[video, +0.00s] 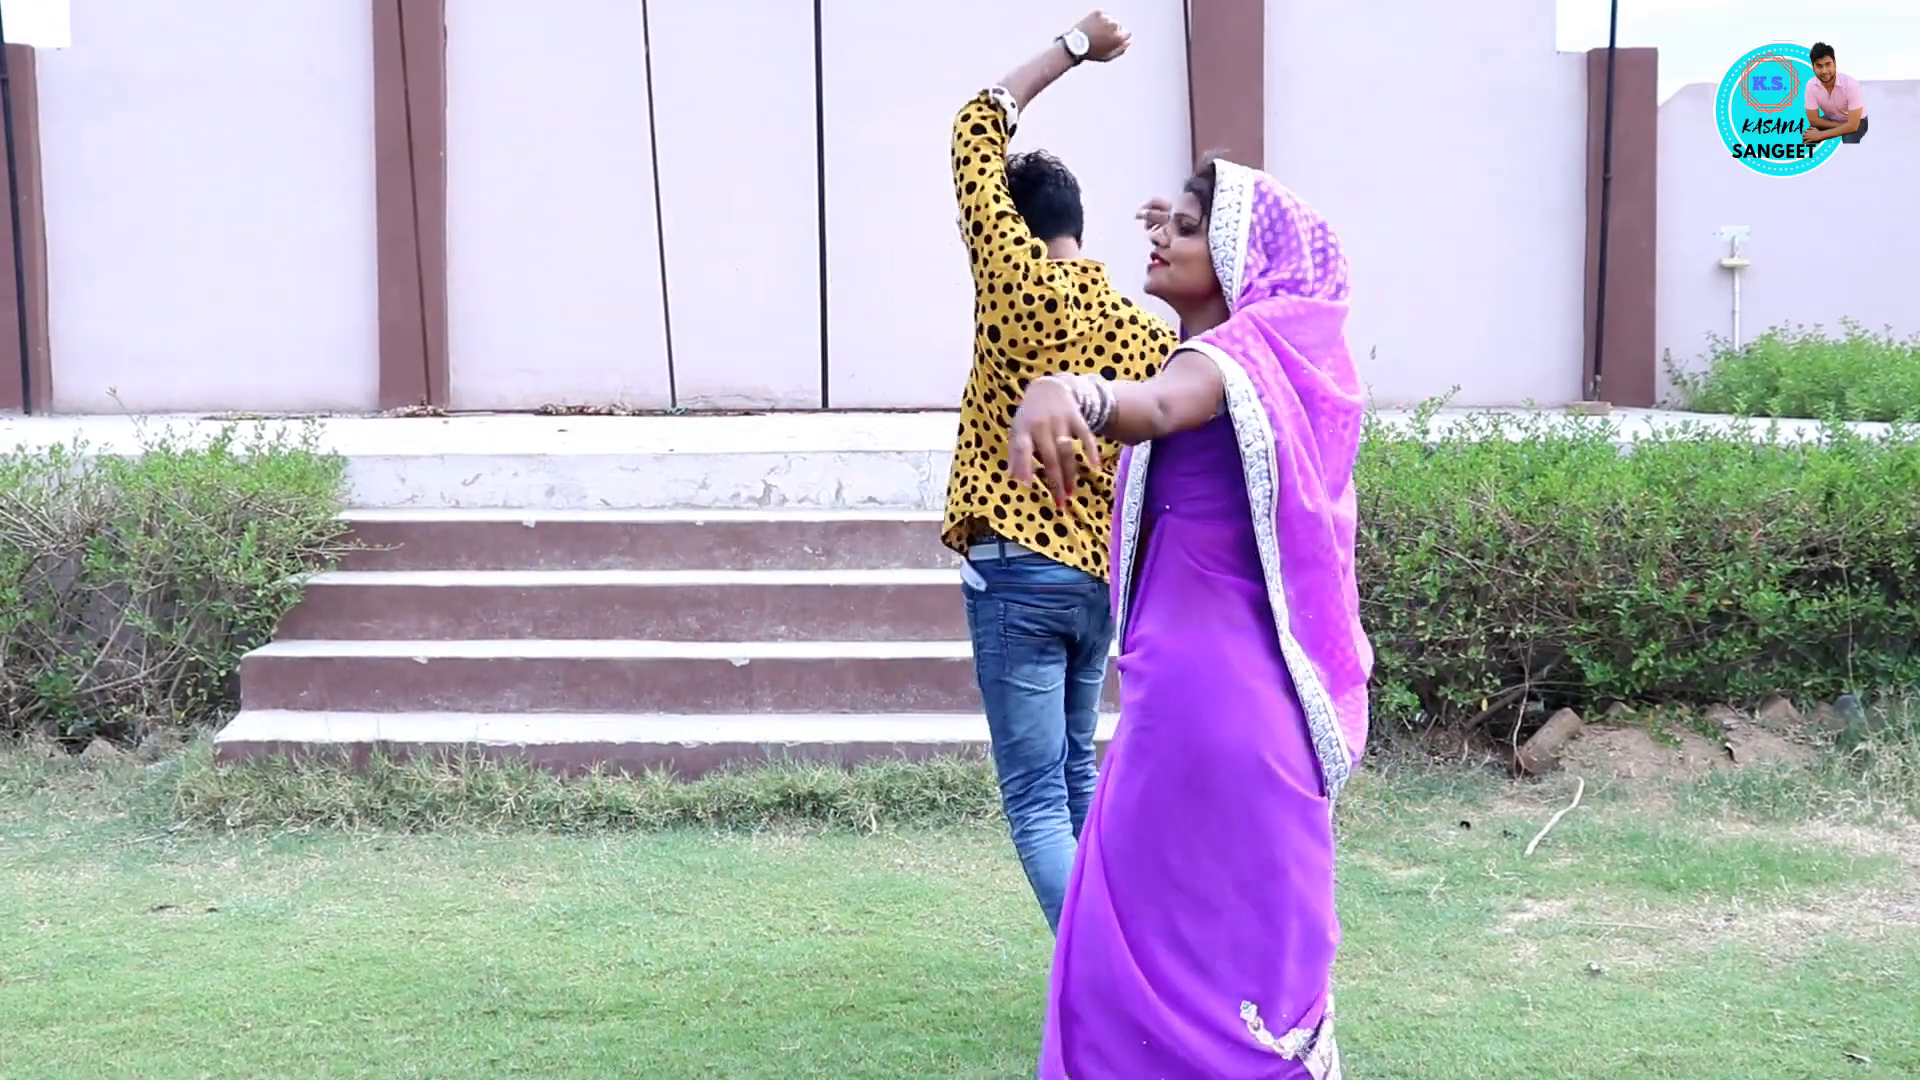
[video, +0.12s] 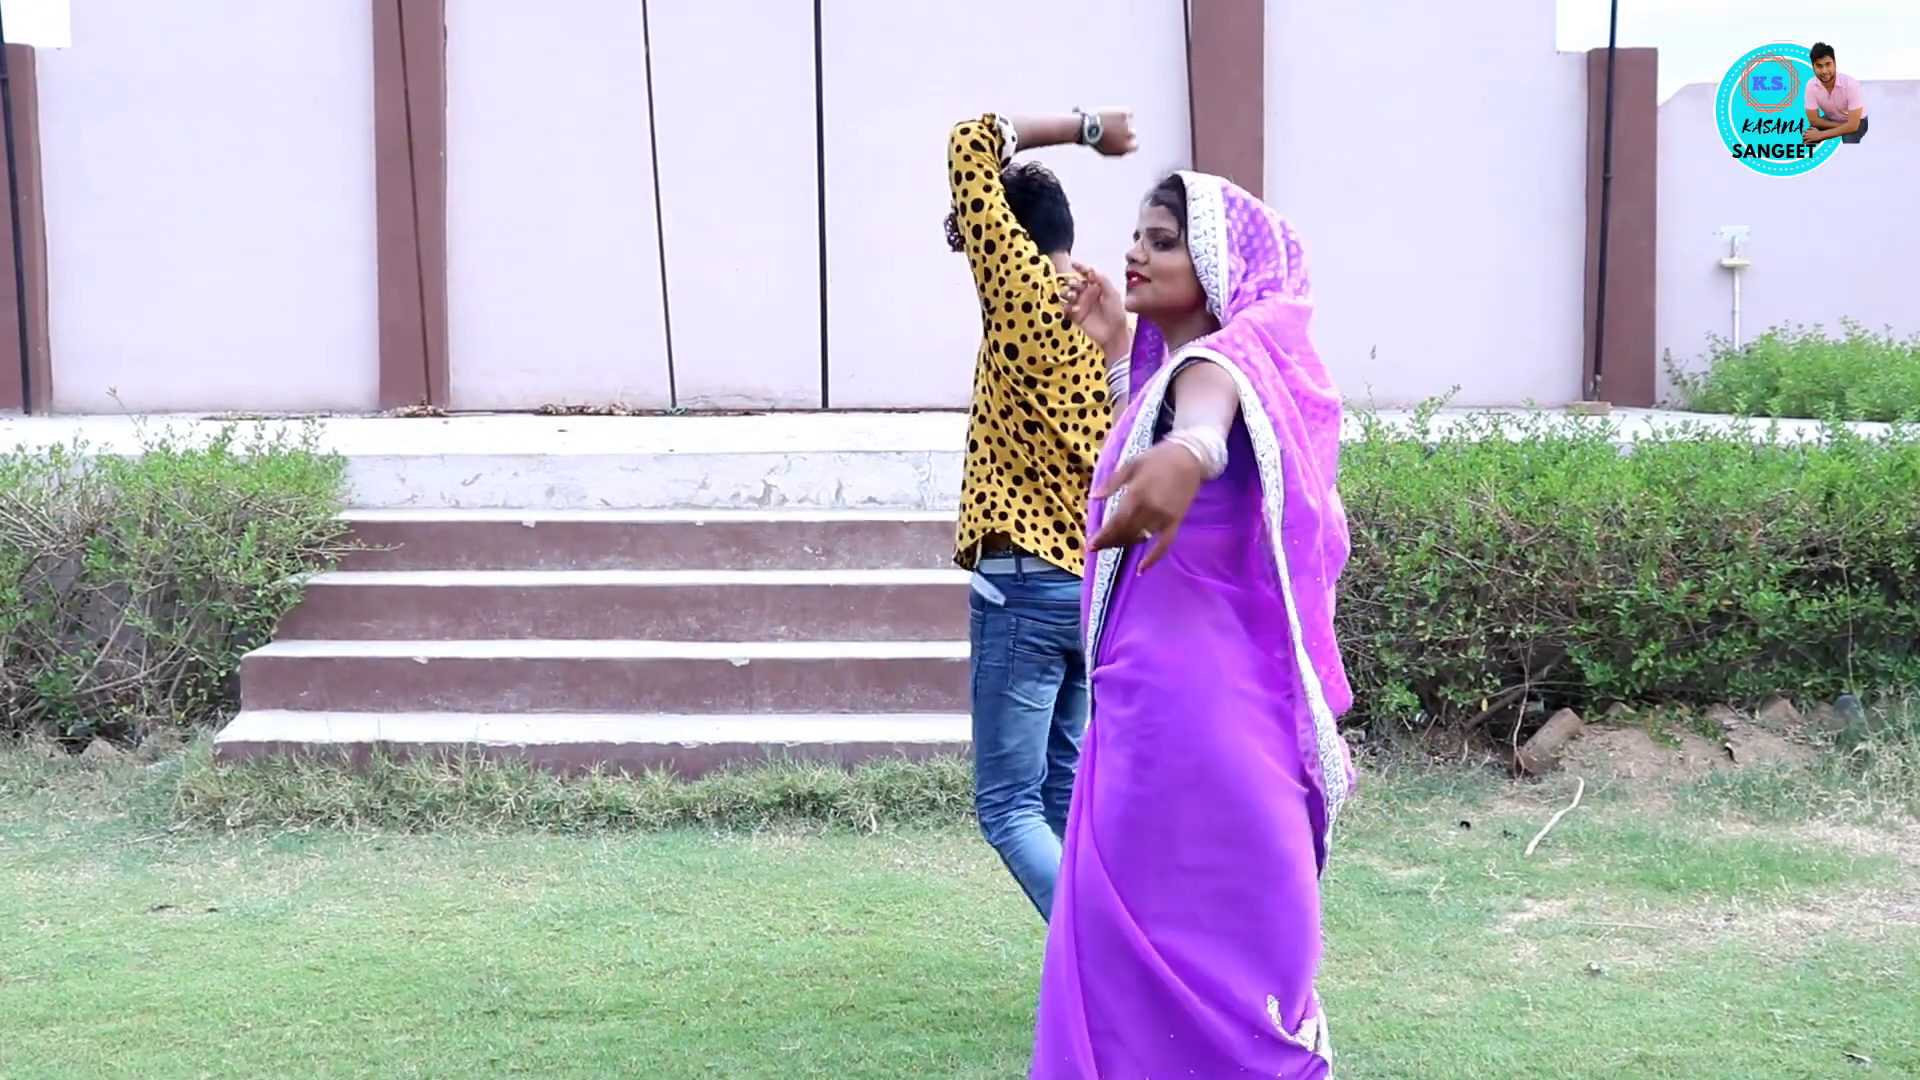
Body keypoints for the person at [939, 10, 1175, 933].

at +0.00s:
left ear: (1009, 225)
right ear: (1085, 230)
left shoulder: (1016, 280)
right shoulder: (1143, 328)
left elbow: (977, 134)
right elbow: (1178, 441)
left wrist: (1072, 46)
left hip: (1017, 574)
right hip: (1102, 582)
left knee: (1038, 803)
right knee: (1080, 774)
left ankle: (1106, 981)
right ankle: (1127, 957)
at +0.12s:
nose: (972, 251)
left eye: (974, 237)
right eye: (968, 240)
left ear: (1003, 233)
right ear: (1066, 231)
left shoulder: (1025, 292)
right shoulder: (1102, 312)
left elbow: (976, 142)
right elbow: (1112, 450)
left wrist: (1091, 126)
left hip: (1023, 586)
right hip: (1092, 583)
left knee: (1009, 807)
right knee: (1067, 796)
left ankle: (1118, 964)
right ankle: (1122, 982)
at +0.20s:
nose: (976, 285)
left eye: (979, 267)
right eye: (974, 269)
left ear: (1008, 256)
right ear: (1053, 255)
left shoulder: (1027, 315)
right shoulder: (1090, 325)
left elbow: (976, 169)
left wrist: (1077, 178)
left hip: (1022, 597)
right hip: (1072, 592)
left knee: (964, 805)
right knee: (1049, 786)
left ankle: (1097, 939)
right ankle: (1128, 942)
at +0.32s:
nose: (949, 289)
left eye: (953, 270)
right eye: (945, 273)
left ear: (990, 255)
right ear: (987, 262)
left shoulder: (1029, 314)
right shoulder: (1034, 325)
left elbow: (985, 183)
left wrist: (1025, 87)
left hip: (1012, 589)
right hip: (1041, 583)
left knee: (924, 786)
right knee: (1030, 793)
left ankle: (1059, 916)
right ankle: (1069, 959)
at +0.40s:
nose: (931, 262)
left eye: (942, 245)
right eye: (927, 246)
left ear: (983, 237)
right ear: (954, 243)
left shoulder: (1016, 299)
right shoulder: (996, 307)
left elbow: (985, 159)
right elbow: (972, 153)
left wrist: (986, 30)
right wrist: (984, 38)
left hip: (997, 569)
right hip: (1016, 568)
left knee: (921, 767)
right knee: (1028, 760)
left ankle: (1023, 923)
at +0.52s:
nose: (902, 244)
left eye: (917, 230)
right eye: (897, 229)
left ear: (963, 221)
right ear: (910, 222)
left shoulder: (996, 288)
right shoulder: (944, 310)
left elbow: (966, 135)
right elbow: (953, 445)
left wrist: (953, 24)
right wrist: (918, 540)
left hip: (980, 568)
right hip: (955, 564)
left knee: (933, 765)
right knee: (960, 762)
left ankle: (954, 948)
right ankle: (972, 945)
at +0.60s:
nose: (880, 255)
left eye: (896, 243)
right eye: (875, 240)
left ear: (945, 238)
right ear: (879, 235)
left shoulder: (976, 307)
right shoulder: (915, 332)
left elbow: (963, 187)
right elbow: (914, 458)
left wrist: (940, 71)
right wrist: (886, 552)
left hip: (959, 581)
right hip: (935, 579)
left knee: (918, 786)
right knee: (955, 778)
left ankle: (962, 949)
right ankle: (982, 944)